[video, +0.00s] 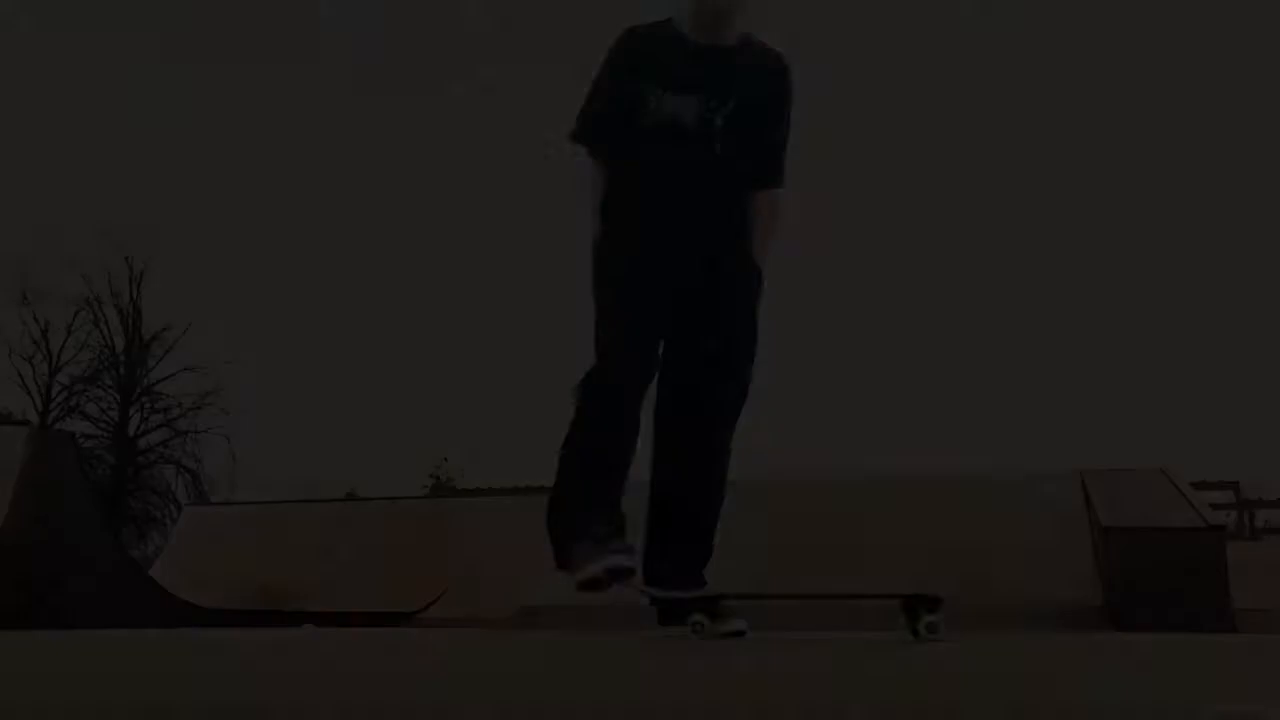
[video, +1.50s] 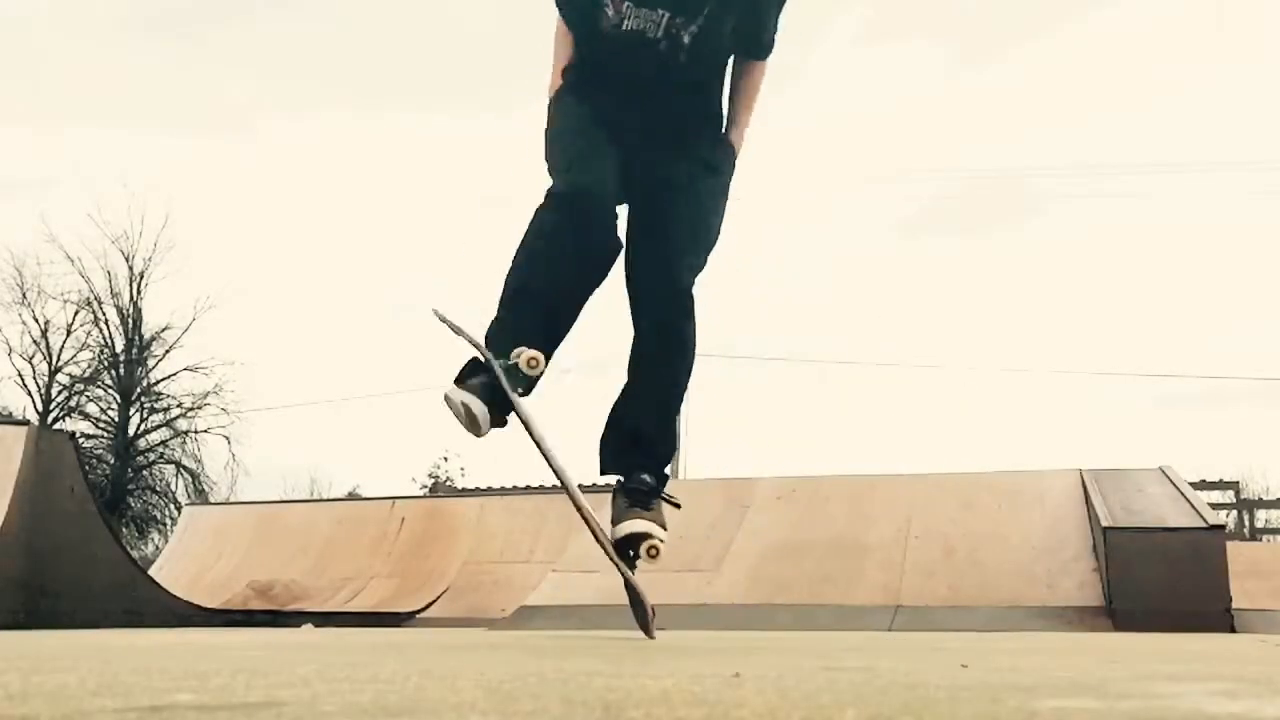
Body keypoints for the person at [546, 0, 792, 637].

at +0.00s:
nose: (722, 13)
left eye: (729, 7)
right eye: (716, 6)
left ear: (738, 10)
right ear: (700, 3)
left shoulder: (765, 70)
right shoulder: (638, 50)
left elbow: (764, 187)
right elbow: (599, 158)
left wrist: (753, 270)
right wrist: (614, 244)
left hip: (720, 278)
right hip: (634, 269)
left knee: (700, 430)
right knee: (614, 398)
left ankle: (680, 584)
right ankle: (584, 540)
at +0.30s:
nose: (724, 5)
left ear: (749, 3)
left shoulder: (776, 70)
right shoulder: (644, 45)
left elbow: (772, 180)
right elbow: (610, 153)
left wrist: (762, 266)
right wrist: (608, 236)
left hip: (725, 255)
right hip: (640, 247)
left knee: (712, 415)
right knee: (648, 366)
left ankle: (682, 586)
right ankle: (621, 528)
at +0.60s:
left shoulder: (771, 61)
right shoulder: (636, 41)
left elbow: (770, 177)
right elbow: (606, 157)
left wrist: (761, 268)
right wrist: (607, 241)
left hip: (727, 258)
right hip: (638, 246)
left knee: (710, 416)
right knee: (645, 346)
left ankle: (682, 580)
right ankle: (623, 531)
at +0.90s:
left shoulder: (754, 34)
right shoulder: (616, 15)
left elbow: (752, 154)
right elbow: (583, 138)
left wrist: (744, 250)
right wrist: (587, 236)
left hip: (714, 255)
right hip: (619, 247)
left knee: (709, 421)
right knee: (621, 395)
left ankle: (686, 574)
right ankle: (598, 570)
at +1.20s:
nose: (712, 0)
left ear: (720, 1)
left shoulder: (724, 51)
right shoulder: (595, 20)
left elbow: (694, 165)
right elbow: (532, 136)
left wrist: (715, 249)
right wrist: (555, 250)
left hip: (683, 254)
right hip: (594, 257)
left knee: (753, 390)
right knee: (615, 408)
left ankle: (754, 550)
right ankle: (597, 581)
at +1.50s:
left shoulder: (755, 6)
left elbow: (753, 49)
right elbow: (572, 16)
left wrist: (734, 137)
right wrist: (559, 90)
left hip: (688, 107)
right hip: (595, 89)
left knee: (666, 293)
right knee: (583, 208)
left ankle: (641, 481)